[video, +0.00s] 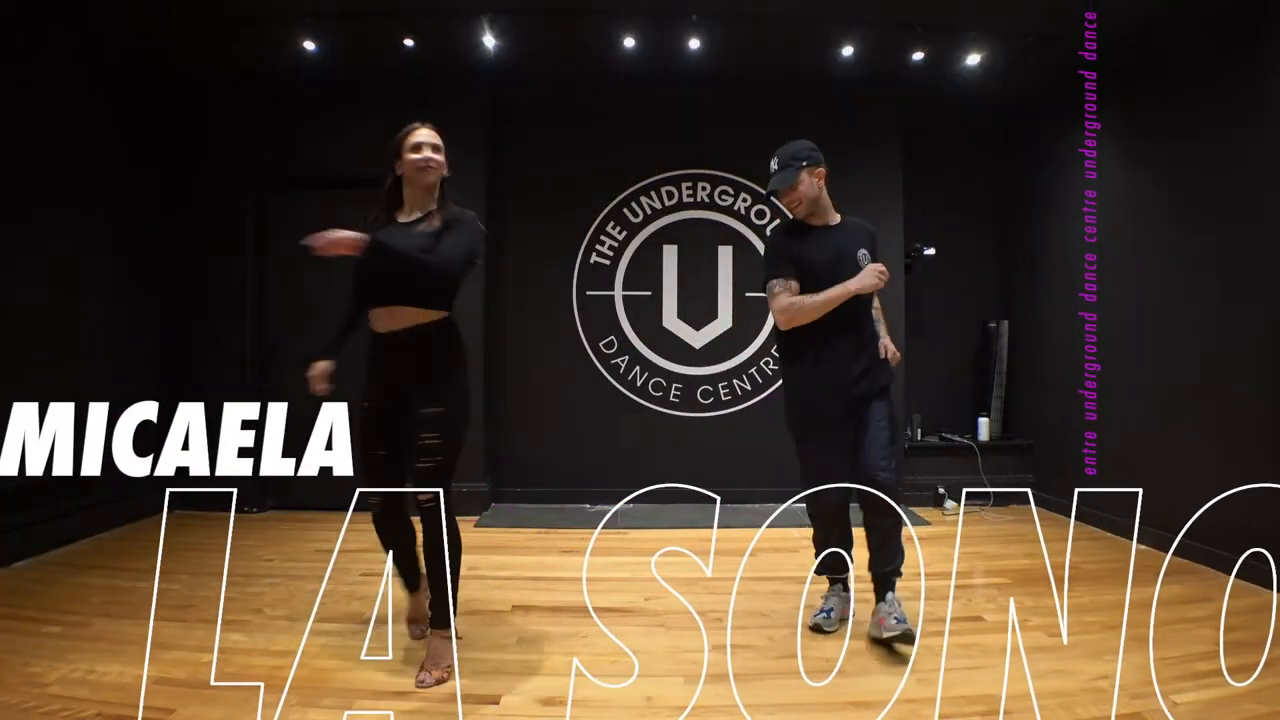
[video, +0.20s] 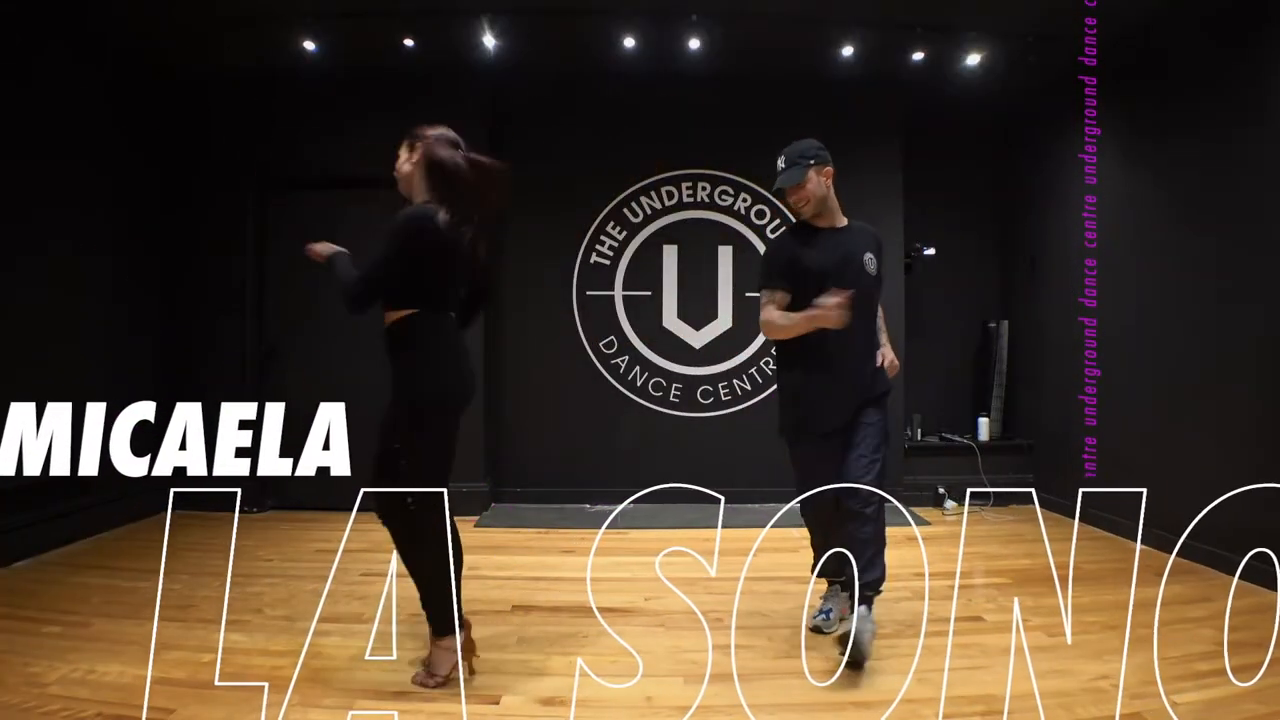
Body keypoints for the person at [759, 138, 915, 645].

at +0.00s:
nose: (785, 199)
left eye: (791, 187)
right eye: (779, 192)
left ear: (818, 175)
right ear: (777, 192)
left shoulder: (861, 233)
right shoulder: (781, 242)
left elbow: (869, 295)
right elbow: (784, 314)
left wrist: (882, 335)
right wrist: (853, 286)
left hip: (866, 381)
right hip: (811, 389)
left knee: (879, 484)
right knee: (823, 494)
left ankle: (886, 599)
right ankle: (836, 590)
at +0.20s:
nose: (793, 198)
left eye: (799, 186)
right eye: (786, 191)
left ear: (827, 176)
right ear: (783, 194)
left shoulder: (867, 240)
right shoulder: (783, 248)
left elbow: (871, 300)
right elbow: (767, 323)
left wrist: (883, 343)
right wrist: (813, 316)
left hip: (862, 393)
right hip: (805, 400)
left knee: (860, 493)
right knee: (817, 500)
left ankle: (862, 606)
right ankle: (835, 589)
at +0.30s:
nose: (794, 196)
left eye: (801, 185)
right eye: (788, 189)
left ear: (831, 176)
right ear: (785, 193)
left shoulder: (876, 244)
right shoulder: (780, 250)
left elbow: (888, 307)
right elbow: (761, 323)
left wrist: (888, 349)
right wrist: (748, 279)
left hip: (857, 393)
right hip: (798, 399)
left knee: (845, 490)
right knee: (807, 509)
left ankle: (852, 613)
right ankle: (833, 587)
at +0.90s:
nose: (771, 197)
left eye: (771, 182)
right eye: (766, 187)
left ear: (800, 161)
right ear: (798, 166)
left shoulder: (840, 213)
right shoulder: (825, 217)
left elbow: (872, 287)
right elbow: (845, 286)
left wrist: (804, 352)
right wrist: (796, 274)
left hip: (823, 396)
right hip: (808, 390)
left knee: (787, 508)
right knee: (785, 504)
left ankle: (836, 637)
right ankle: (853, 593)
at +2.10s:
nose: (755, 185)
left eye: (758, 171)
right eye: (751, 175)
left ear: (789, 155)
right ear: (785, 161)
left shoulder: (848, 212)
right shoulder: (810, 222)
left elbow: (903, 284)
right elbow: (826, 305)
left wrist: (828, 325)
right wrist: (772, 319)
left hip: (829, 394)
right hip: (800, 389)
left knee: (797, 508)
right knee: (788, 508)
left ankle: (851, 633)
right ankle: (825, 618)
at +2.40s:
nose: (761, 174)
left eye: (768, 163)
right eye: (759, 165)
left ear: (801, 158)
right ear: (800, 162)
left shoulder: (843, 218)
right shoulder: (826, 220)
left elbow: (878, 296)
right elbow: (854, 297)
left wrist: (805, 347)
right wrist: (804, 300)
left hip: (860, 402)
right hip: (833, 398)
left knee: (822, 509)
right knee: (785, 485)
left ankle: (851, 637)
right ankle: (859, 591)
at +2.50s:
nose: (774, 167)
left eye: (783, 156)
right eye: (774, 158)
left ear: (818, 157)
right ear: (813, 160)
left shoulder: (862, 214)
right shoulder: (833, 226)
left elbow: (928, 276)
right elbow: (845, 298)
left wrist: (859, 340)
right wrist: (795, 279)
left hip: (865, 400)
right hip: (847, 397)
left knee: (818, 515)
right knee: (841, 509)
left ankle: (853, 638)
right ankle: (932, 586)